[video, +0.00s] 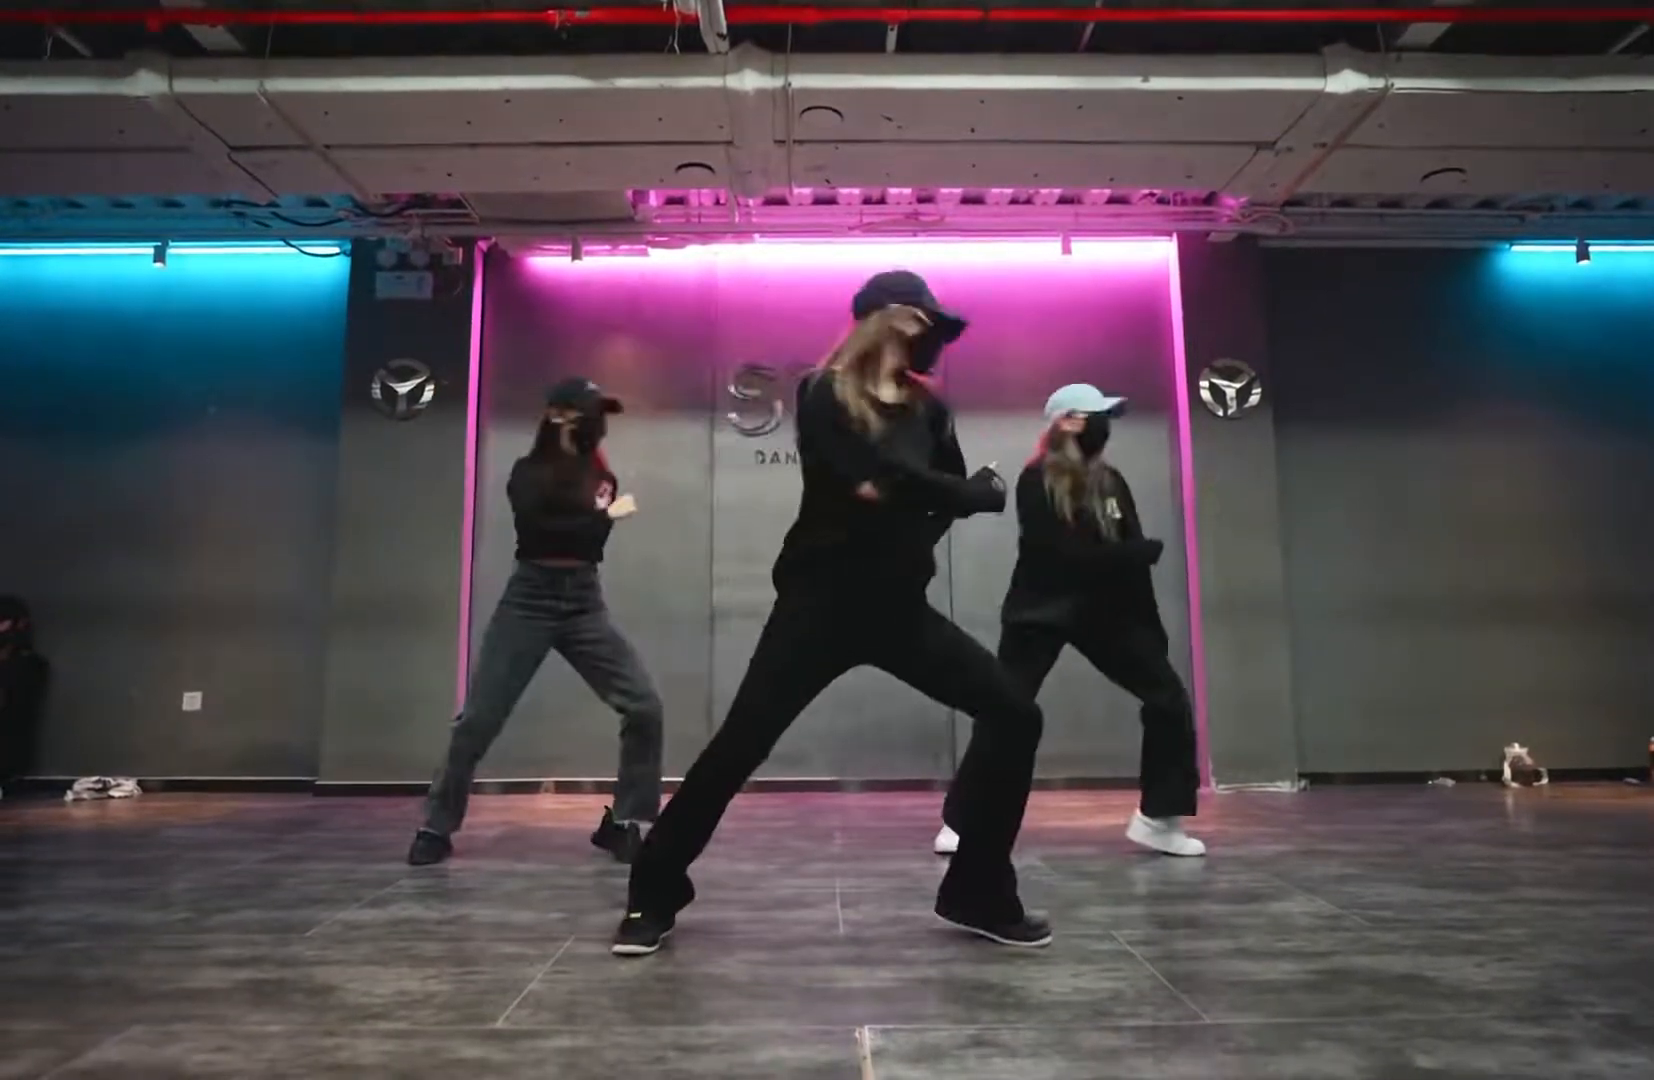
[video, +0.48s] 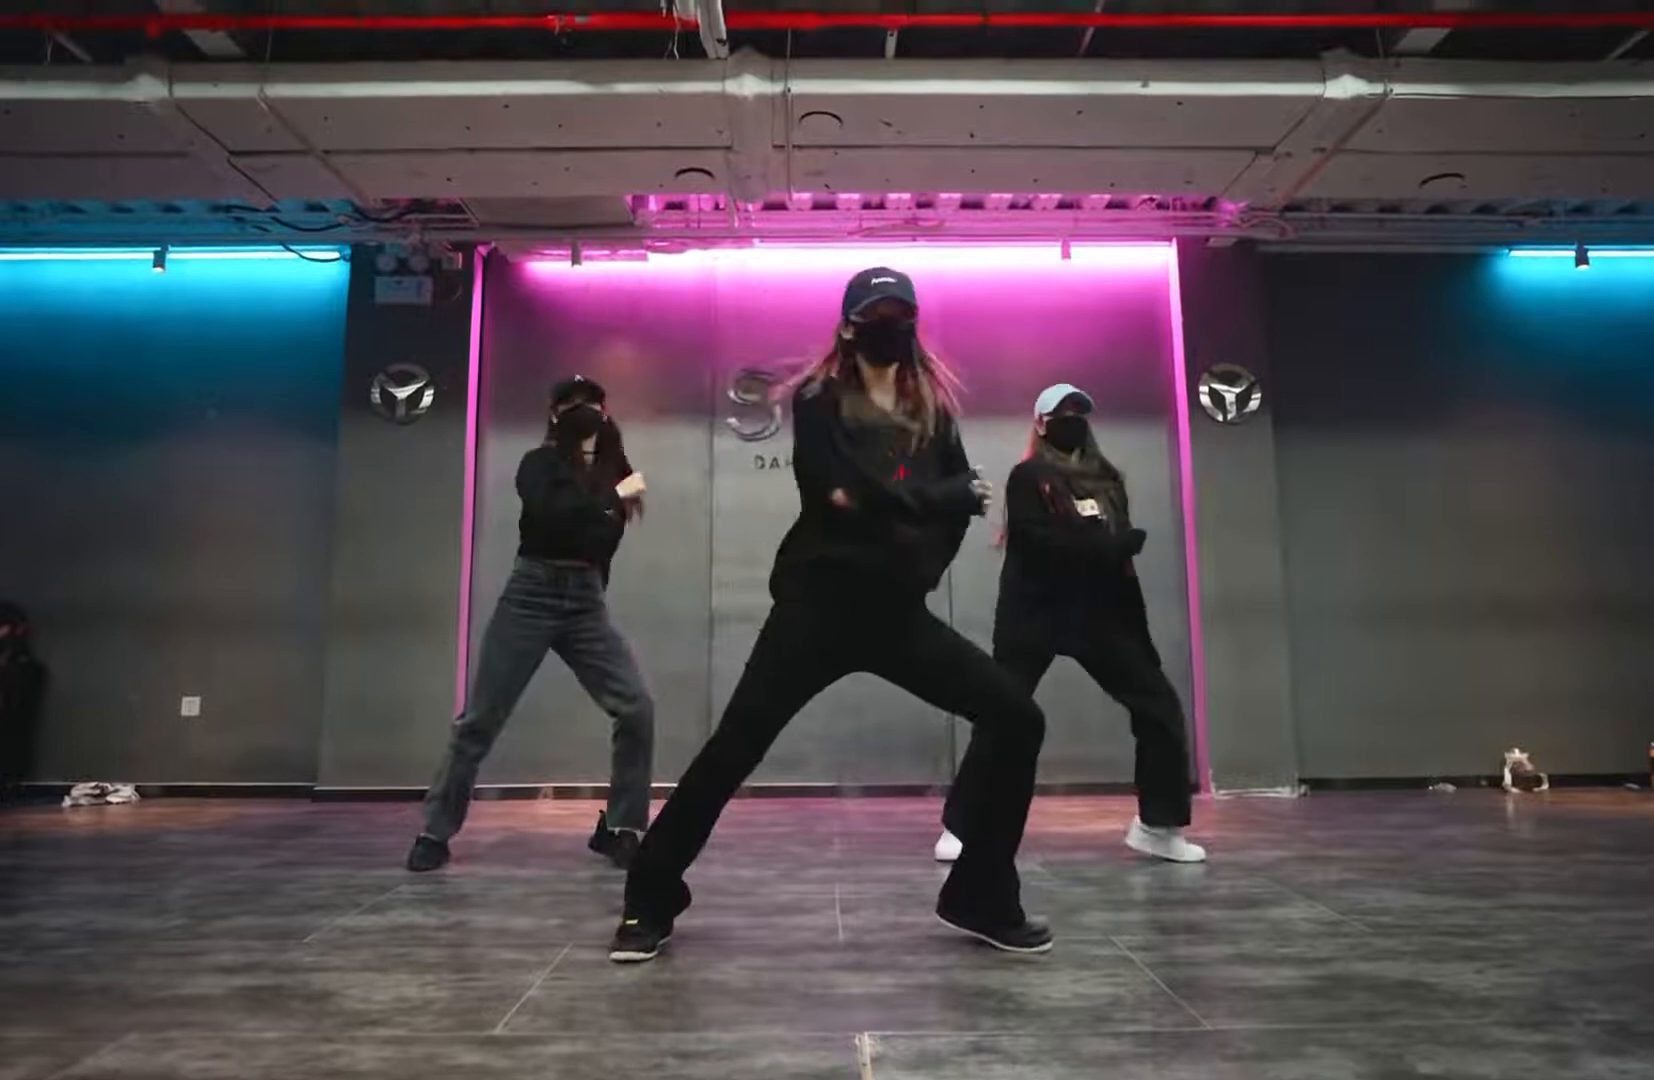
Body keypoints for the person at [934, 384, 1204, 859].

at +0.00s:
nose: (1107, 424)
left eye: (1106, 417)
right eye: (1097, 416)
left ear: (1088, 424)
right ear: (1067, 422)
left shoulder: (1109, 481)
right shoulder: (1038, 479)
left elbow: (1131, 560)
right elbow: (1054, 550)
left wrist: (1149, 629)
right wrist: (1136, 550)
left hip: (1103, 615)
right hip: (1040, 613)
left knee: (1169, 700)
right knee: (1004, 708)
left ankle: (1157, 818)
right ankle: (959, 822)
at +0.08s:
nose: (1116, 429)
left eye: (1115, 421)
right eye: (1109, 421)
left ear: (1089, 421)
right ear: (1085, 422)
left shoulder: (1109, 483)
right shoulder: (1049, 474)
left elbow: (1134, 570)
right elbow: (1059, 548)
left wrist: (1156, 633)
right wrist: (1144, 546)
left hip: (1097, 616)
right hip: (1040, 617)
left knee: (1167, 698)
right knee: (1008, 710)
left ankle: (1157, 818)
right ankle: (960, 821)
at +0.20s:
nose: (1111, 430)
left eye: (1112, 423)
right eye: (1105, 422)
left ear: (1084, 422)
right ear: (1078, 422)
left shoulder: (1095, 471)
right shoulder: (1046, 470)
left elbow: (1115, 539)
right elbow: (1056, 544)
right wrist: (1137, 542)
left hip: (1095, 619)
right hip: (1039, 619)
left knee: (1166, 698)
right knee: (1006, 711)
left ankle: (1157, 819)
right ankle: (960, 822)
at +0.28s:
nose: (1097, 430)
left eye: (1100, 422)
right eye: (1087, 422)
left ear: (1091, 423)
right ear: (1059, 422)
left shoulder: (1095, 474)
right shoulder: (1035, 476)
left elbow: (1119, 539)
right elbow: (1050, 541)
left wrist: (1094, 521)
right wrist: (1126, 544)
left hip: (1094, 620)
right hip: (1035, 621)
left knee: (1164, 699)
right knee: (1004, 712)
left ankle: (1157, 820)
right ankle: (959, 823)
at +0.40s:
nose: (1078, 424)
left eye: (1083, 416)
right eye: (1067, 416)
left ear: (1093, 422)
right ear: (1045, 424)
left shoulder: (1104, 473)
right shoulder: (1029, 477)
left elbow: (1118, 544)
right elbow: (1037, 540)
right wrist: (1113, 540)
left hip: (1098, 619)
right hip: (1032, 620)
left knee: (1160, 701)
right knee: (1002, 714)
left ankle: (1158, 823)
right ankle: (959, 826)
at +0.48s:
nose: (1073, 425)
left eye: (1079, 418)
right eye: (1063, 418)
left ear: (1088, 423)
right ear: (1042, 424)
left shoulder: (1107, 479)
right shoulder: (1027, 477)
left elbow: (1126, 542)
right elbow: (1034, 540)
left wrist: (1086, 525)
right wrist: (1106, 539)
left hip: (1100, 620)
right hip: (1031, 621)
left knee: (1159, 706)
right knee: (1001, 716)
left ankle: (1157, 825)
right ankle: (960, 827)